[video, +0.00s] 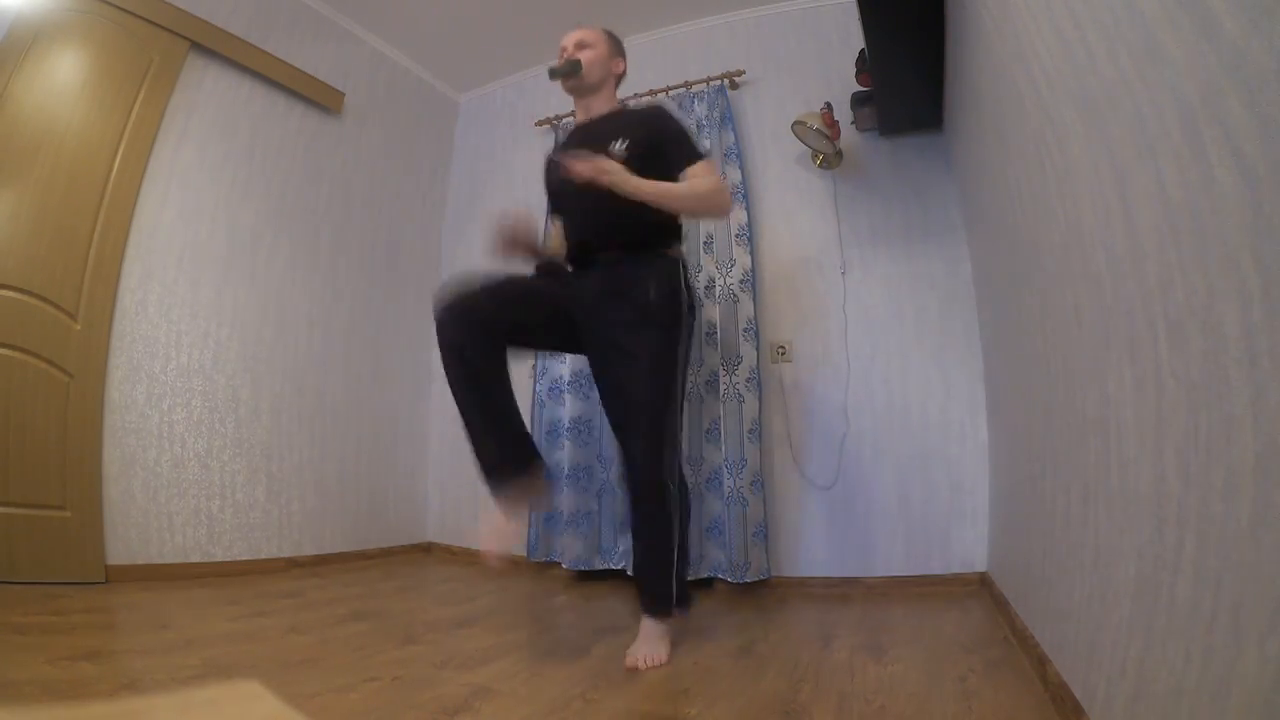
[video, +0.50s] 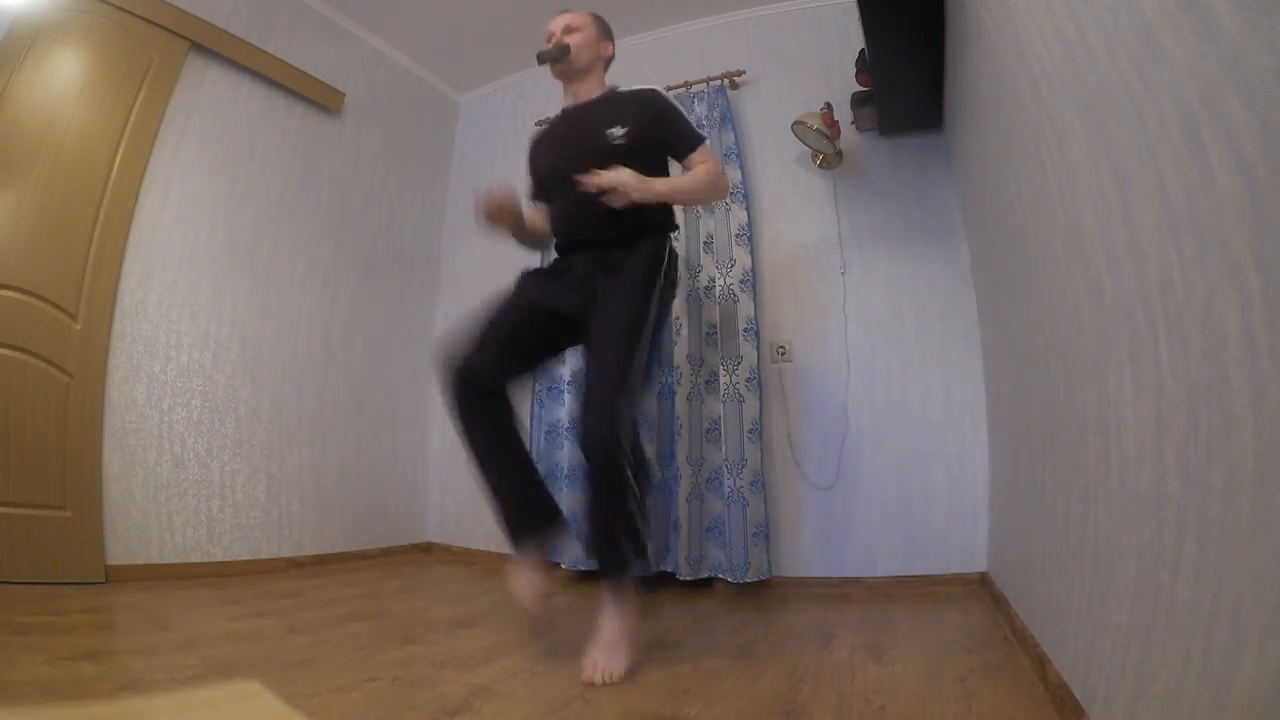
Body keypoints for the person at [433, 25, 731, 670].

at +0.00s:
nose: (567, 53)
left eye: (583, 45)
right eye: (561, 49)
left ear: (618, 65)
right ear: (558, 75)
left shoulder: (651, 123)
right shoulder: (561, 152)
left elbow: (717, 199)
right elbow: (571, 251)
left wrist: (626, 181)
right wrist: (531, 244)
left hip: (644, 298)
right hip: (577, 296)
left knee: (648, 458)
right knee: (463, 313)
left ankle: (656, 612)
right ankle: (516, 478)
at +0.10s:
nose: (570, 55)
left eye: (586, 45)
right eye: (564, 50)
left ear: (622, 66)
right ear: (558, 72)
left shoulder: (647, 119)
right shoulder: (561, 152)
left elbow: (680, 186)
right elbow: (590, 239)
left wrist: (589, 125)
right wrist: (547, 260)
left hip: (642, 305)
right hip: (578, 296)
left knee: (641, 461)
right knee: (463, 298)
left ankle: (653, 613)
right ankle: (522, 471)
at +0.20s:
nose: (574, 31)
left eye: (590, 23)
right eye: (567, 27)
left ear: (620, 45)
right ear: (560, 54)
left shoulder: (653, 108)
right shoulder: (549, 125)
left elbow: (693, 187)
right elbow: (553, 195)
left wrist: (608, 137)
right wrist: (540, 221)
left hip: (638, 263)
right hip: (569, 270)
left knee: (613, 383)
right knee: (516, 410)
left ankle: (640, 559)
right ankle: (570, 567)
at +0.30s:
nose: (571, 44)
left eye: (587, 37)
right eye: (565, 41)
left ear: (620, 59)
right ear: (559, 69)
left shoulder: (655, 137)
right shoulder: (537, 145)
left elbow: (698, 227)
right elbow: (501, 242)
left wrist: (644, 212)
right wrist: (491, 222)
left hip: (639, 288)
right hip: (565, 296)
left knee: (593, 237)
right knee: (579, 456)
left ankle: (619, 437)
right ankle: (603, 613)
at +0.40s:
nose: (561, 42)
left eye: (577, 34)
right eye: (554, 40)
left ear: (610, 56)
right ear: (547, 67)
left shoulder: (650, 127)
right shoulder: (536, 143)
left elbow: (702, 200)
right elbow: (499, 235)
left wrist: (668, 213)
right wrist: (484, 190)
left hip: (642, 280)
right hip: (567, 291)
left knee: (576, 272)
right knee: (562, 443)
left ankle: (600, 483)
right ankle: (590, 604)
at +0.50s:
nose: (555, 37)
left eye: (571, 28)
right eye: (550, 34)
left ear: (607, 49)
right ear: (546, 61)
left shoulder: (646, 106)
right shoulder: (546, 138)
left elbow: (714, 180)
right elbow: (552, 231)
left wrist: (648, 188)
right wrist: (515, 220)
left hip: (633, 273)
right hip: (567, 276)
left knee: (601, 419)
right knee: (472, 374)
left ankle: (618, 599)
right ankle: (535, 535)